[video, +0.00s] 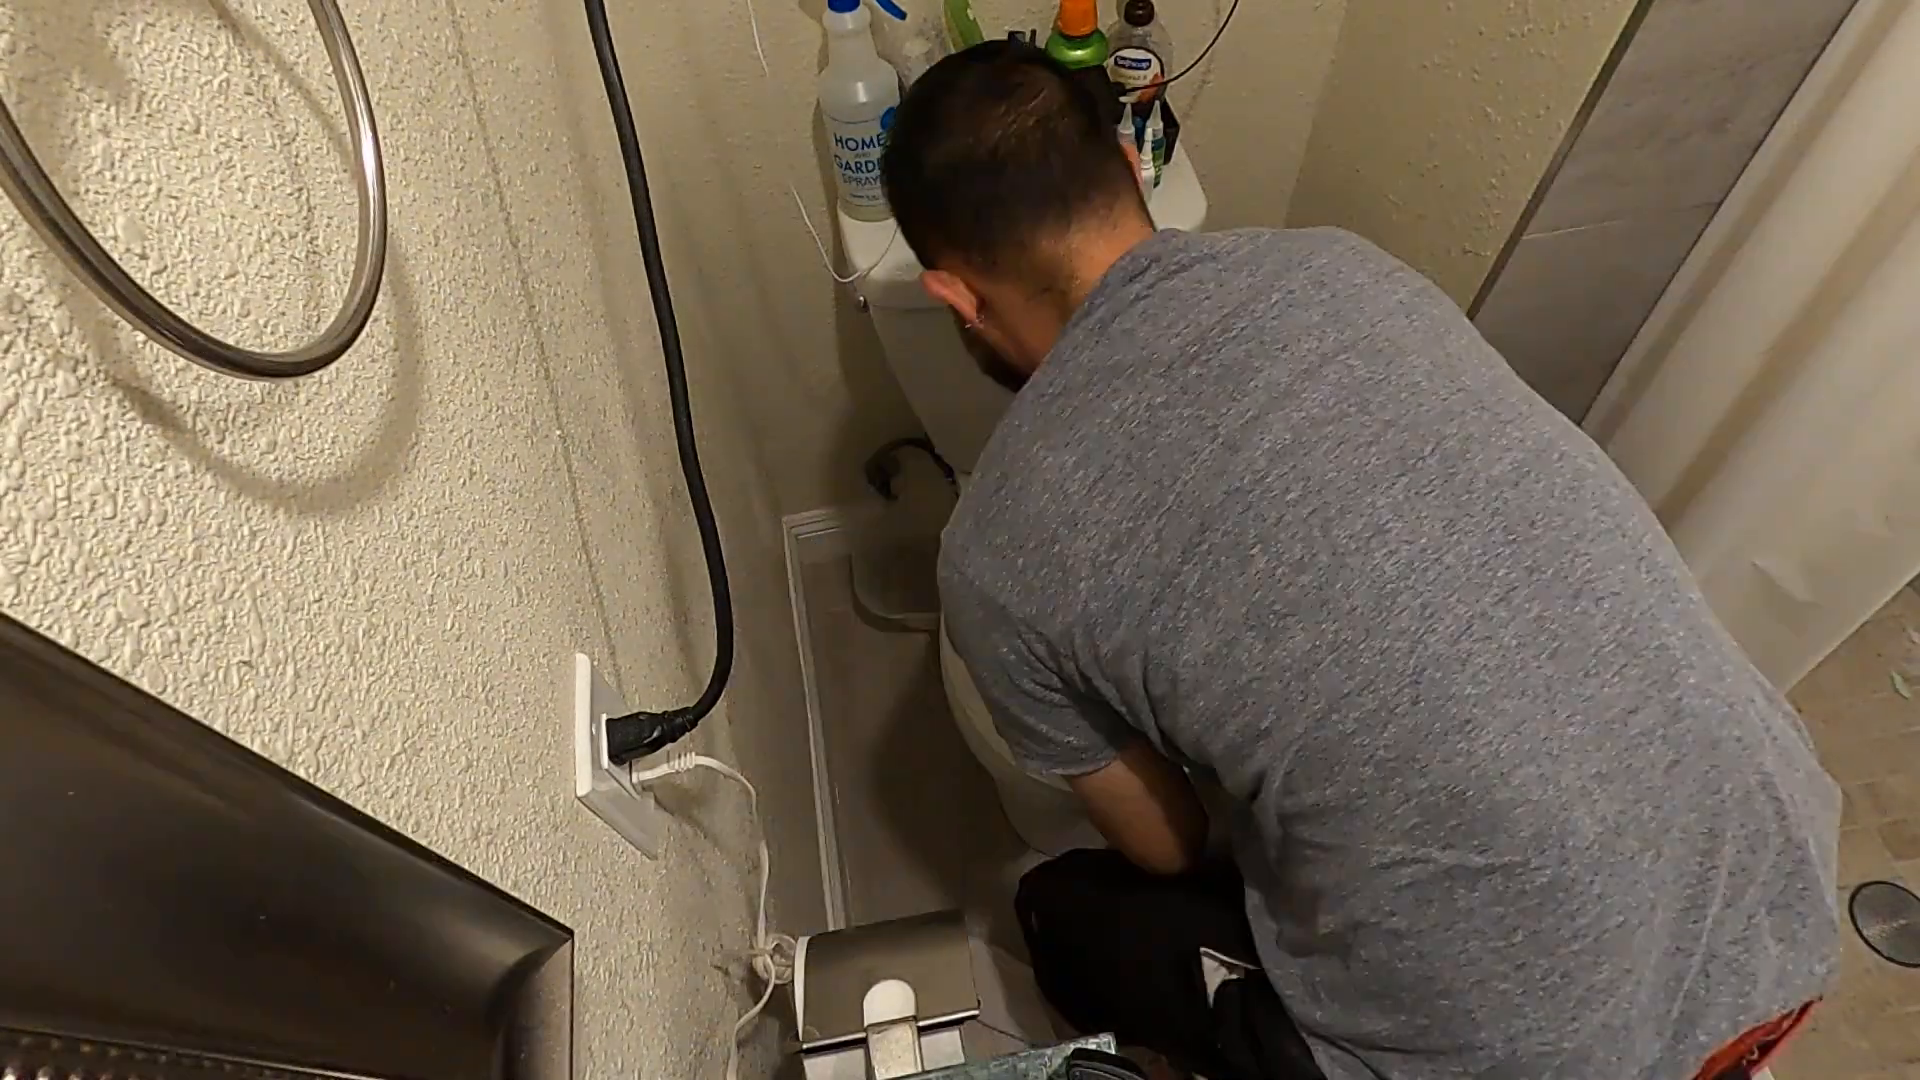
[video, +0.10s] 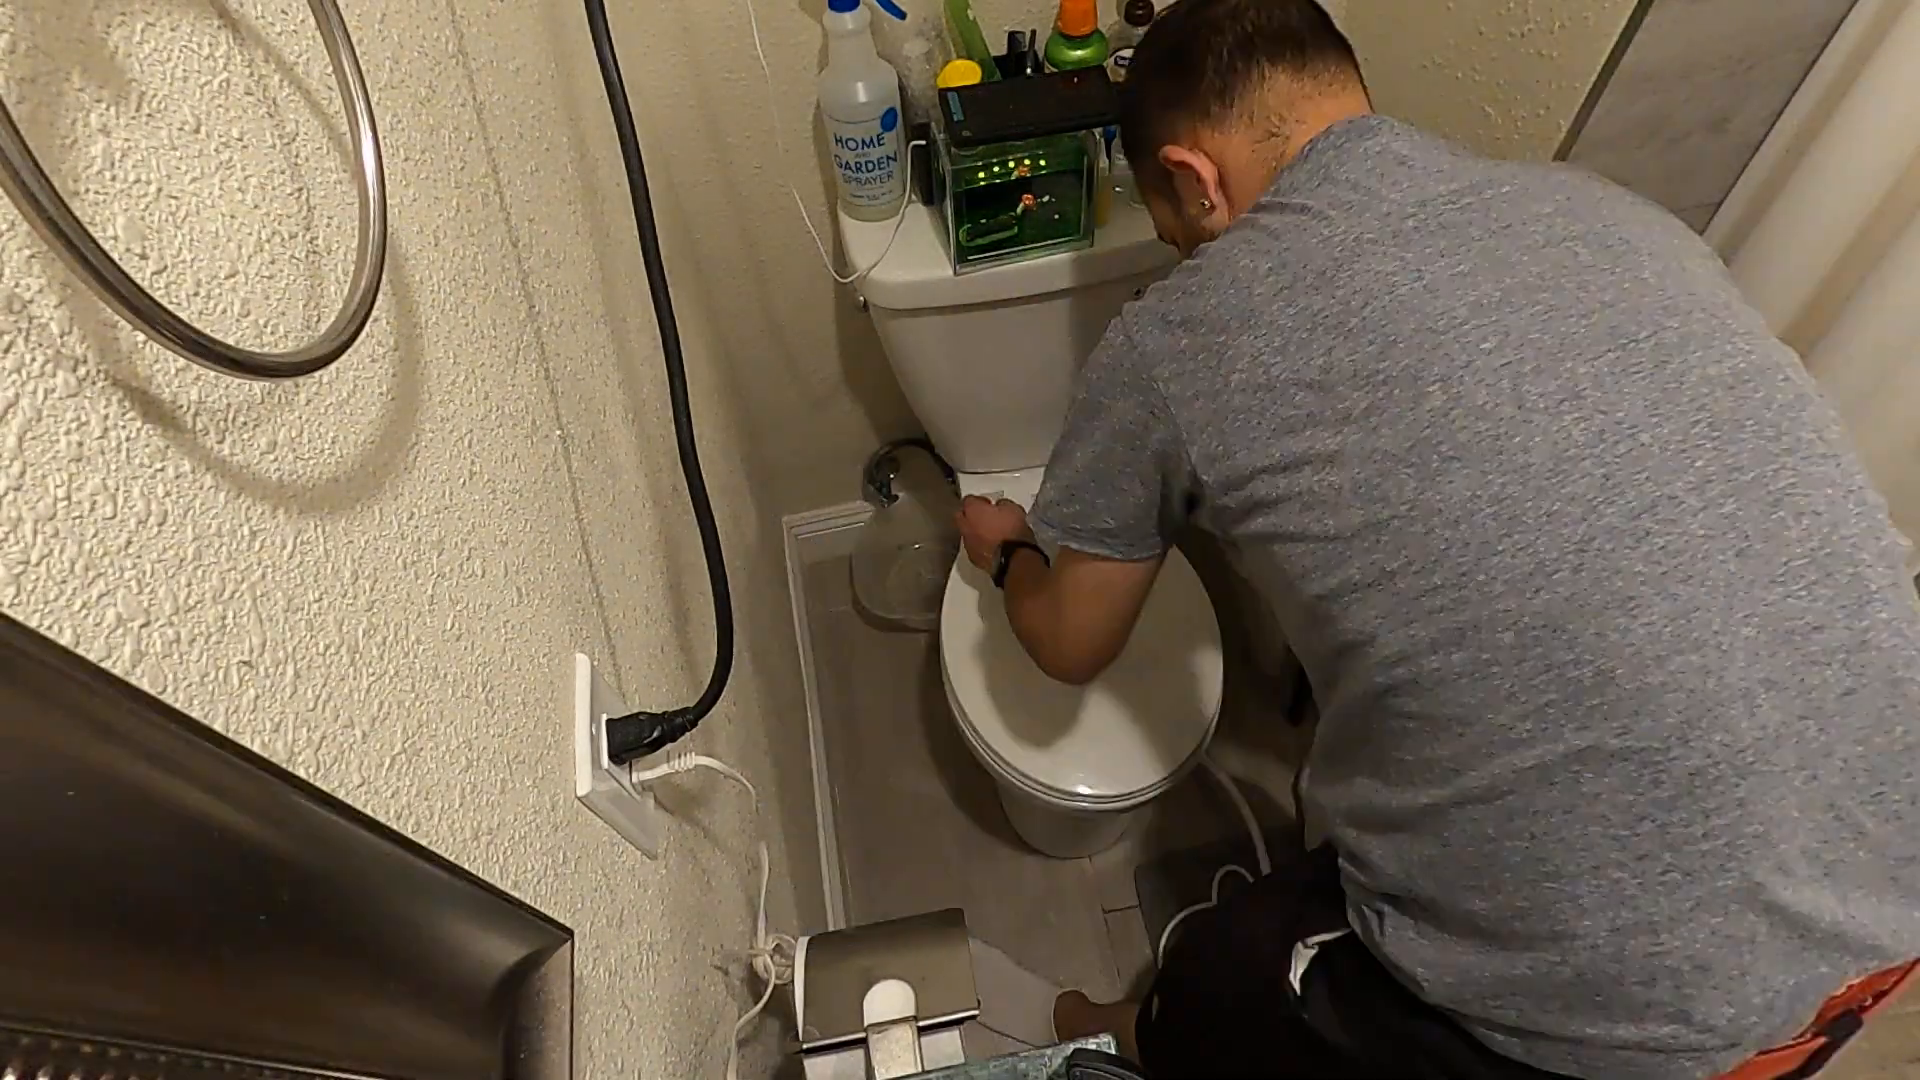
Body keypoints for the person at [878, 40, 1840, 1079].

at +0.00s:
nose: (958, 316)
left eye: (941, 291)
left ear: (956, 293)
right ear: (1131, 171)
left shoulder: (1001, 546)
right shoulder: (1349, 262)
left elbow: (1168, 848)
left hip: (1519, 1055)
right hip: (1787, 937)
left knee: (1063, 904)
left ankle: (1184, 1065)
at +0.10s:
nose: (1177, 243)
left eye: (1164, 217)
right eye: (1163, 221)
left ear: (1199, 181)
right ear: (1357, 102)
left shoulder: (1172, 341)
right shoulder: (1603, 205)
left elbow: (1069, 642)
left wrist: (1008, 549)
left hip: (1581, 1029)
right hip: (1886, 924)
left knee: (1221, 953)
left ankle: (1143, 1042)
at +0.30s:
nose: (1254, 343)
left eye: (1242, 314)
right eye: (1240, 316)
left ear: (1287, 330)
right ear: (1503, 193)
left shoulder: (1479, 672)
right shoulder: (1630, 240)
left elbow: (1678, 1049)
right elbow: (1460, 316)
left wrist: (1503, 946)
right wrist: (1287, 366)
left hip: (1893, 982)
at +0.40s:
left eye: (798, 402)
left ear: (808, 412)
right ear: (928, 213)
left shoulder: (949, 614)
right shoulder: (1092, 137)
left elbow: (1107, 785)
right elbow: (1159, 100)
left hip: (1679, 891)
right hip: (1798, 631)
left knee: (1203, 949)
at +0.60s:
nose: (1000, 379)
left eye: (986, 361)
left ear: (1000, 351)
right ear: (1162, 208)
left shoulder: (1024, 489)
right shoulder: (1429, 253)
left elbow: (1093, 719)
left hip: (1590, 1059)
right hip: (1908, 972)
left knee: (1142, 936)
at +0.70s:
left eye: (772, 532)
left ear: (772, 534)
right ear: (841, 408)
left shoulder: (811, 672)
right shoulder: (930, 368)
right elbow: (1140, 192)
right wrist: (1058, 302)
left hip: (1366, 940)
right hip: (1535, 726)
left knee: (981, 880)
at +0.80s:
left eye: (777, 542)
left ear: (779, 537)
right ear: (847, 408)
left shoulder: (821, 671)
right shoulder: (936, 368)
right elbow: (1152, 203)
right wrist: (1134, 258)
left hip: (1365, 942)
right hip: (1539, 731)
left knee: (977, 877)